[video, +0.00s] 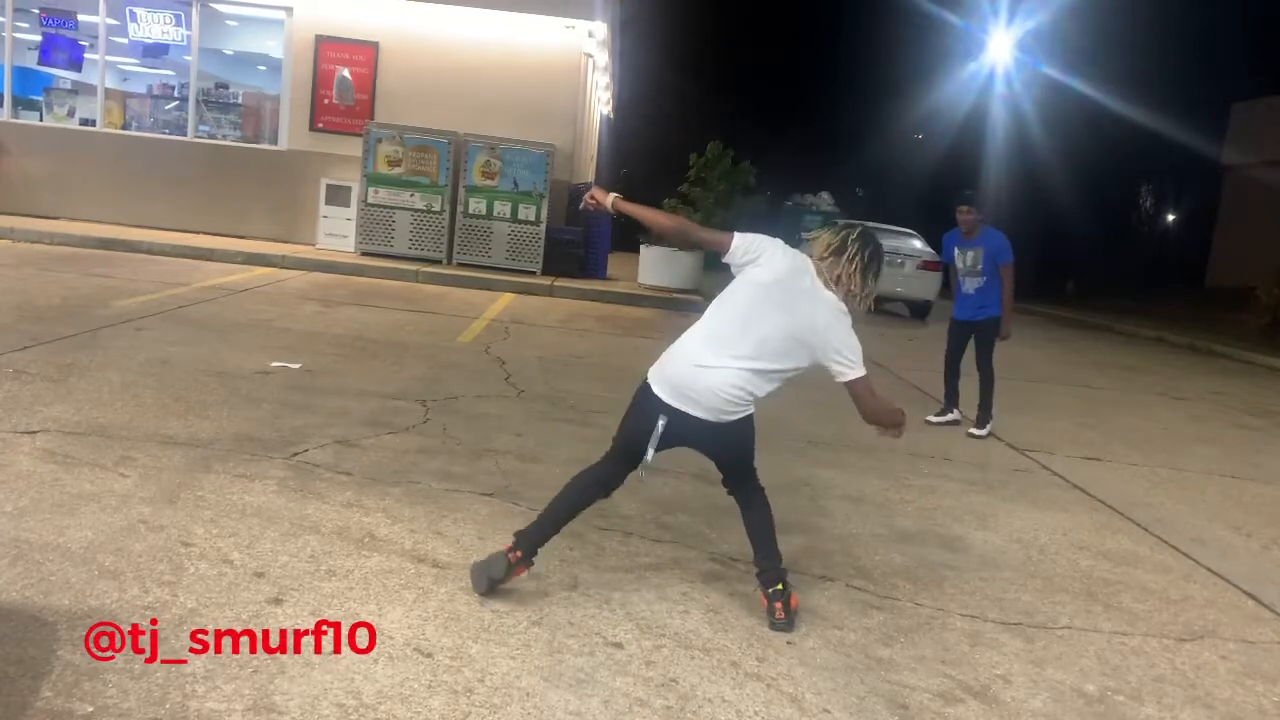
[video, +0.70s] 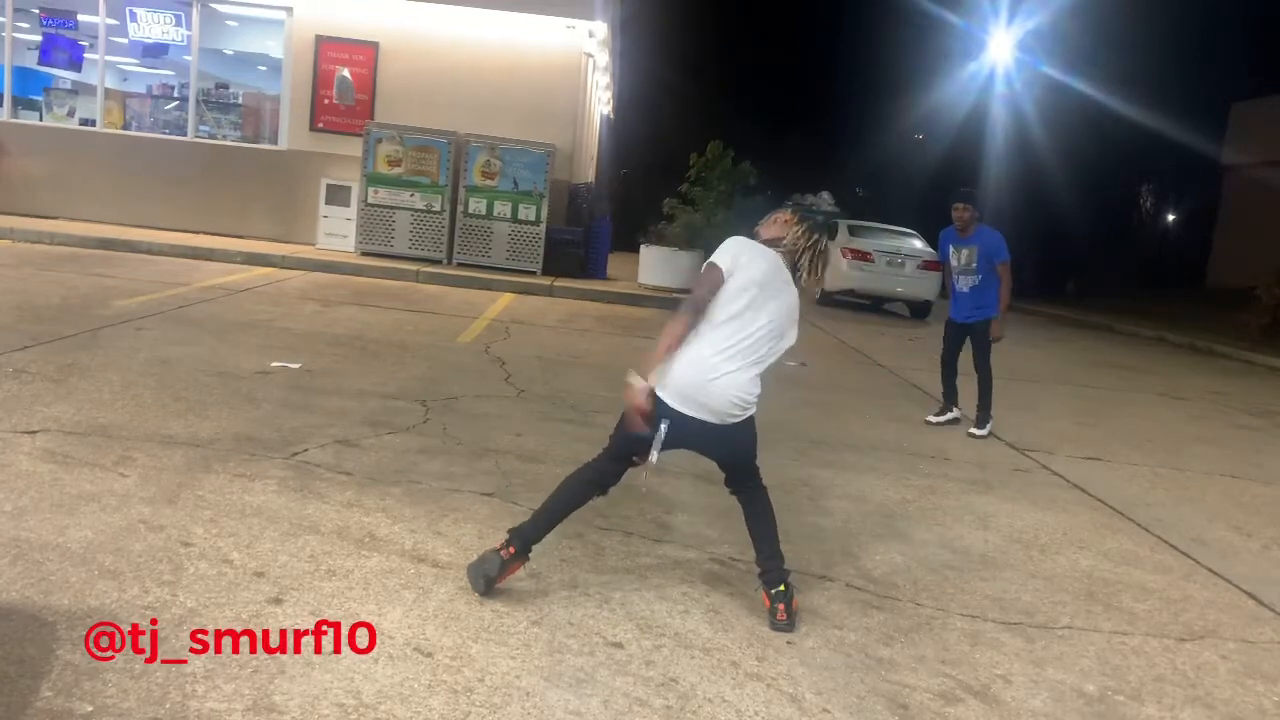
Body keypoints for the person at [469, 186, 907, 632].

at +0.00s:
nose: (862, 294)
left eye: (860, 282)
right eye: (865, 284)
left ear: (826, 250)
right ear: (856, 278)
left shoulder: (771, 252)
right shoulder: (834, 322)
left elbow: (687, 232)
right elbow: (871, 408)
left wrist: (617, 203)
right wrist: (894, 418)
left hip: (661, 391)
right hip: (724, 418)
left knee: (610, 468)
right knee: (746, 488)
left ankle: (520, 550)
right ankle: (776, 592)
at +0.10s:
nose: (859, 285)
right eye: (863, 276)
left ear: (821, 246)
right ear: (857, 272)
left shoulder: (774, 249)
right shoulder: (836, 316)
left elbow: (689, 229)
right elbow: (846, 410)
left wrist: (619, 201)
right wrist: (845, 425)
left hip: (665, 391)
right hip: (727, 420)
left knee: (612, 468)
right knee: (749, 489)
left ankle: (519, 546)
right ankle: (777, 594)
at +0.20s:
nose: (852, 289)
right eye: (856, 280)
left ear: (815, 244)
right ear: (852, 273)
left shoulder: (778, 247)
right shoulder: (832, 317)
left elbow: (693, 227)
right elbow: (793, 400)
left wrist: (619, 196)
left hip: (669, 389)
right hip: (732, 420)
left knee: (612, 465)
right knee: (756, 489)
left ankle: (521, 541)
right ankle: (779, 594)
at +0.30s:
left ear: (796, 237)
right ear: (830, 265)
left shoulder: (771, 246)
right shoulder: (813, 315)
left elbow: (694, 217)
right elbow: (778, 364)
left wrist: (620, 176)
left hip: (669, 394)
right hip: (733, 419)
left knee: (608, 468)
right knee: (753, 486)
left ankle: (515, 545)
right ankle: (778, 591)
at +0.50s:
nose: (773, 223)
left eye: (784, 222)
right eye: (779, 219)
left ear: (794, 238)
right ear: (811, 258)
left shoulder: (757, 246)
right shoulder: (797, 312)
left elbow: (686, 240)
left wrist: (601, 213)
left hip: (665, 394)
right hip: (727, 421)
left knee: (606, 464)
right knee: (747, 487)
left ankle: (512, 548)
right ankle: (778, 592)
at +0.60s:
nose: (768, 224)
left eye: (778, 222)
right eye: (774, 220)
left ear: (787, 238)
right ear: (805, 259)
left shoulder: (749, 248)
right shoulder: (795, 313)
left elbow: (695, 284)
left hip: (666, 396)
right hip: (728, 420)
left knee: (606, 465)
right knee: (747, 484)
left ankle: (513, 547)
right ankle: (778, 589)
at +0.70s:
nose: (765, 221)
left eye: (775, 218)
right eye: (773, 216)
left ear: (785, 231)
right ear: (805, 253)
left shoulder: (741, 249)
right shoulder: (792, 309)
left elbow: (693, 308)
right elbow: (750, 362)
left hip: (670, 400)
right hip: (730, 423)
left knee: (604, 468)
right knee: (748, 485)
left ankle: (512, 549)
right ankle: (778, 591)